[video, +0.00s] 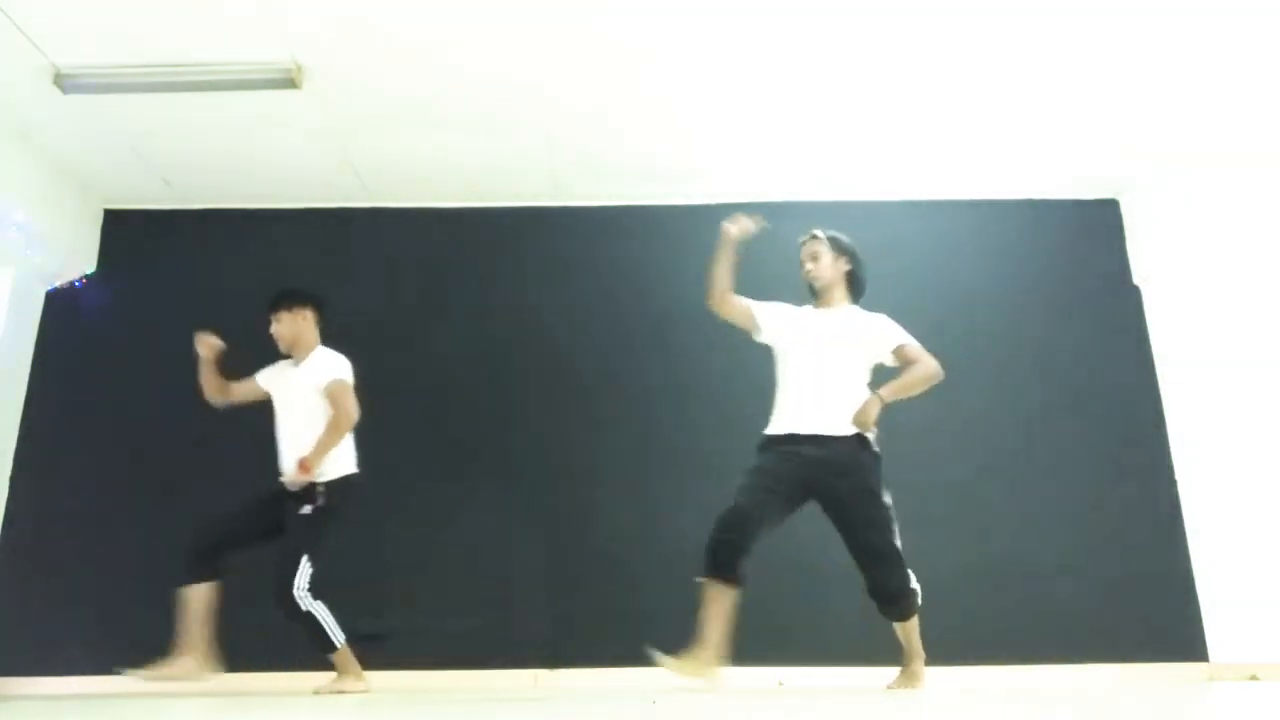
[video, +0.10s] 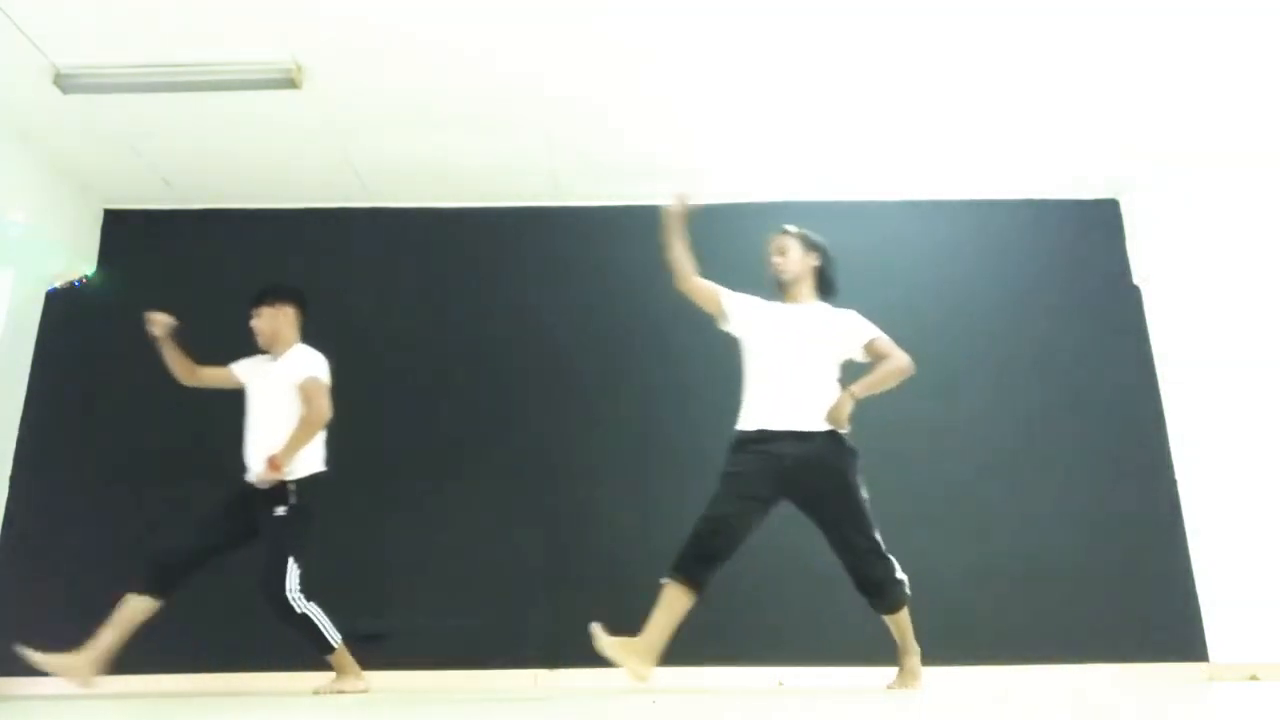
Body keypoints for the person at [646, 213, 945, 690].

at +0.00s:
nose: (809, 264)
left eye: (818, 255)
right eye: (805, 259)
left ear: (845, 264)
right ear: (803, 269)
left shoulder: (872, 325)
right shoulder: (784, 318)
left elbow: (930, 369)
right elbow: (721, 301)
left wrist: (880, 397)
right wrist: (728, 241)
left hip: (847, 455)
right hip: (784, 453)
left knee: (883, 564)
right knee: (730, 534)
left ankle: (914, 665)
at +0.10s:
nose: (776, 260)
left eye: (785, 251)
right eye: (772, 253)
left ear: (813, 259)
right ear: (770, 263)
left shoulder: (842, 321)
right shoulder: (750, 311)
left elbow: (900, 364)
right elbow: (687, 277)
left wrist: (852, 395)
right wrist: (674, 219)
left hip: (821, 453)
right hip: (756, 451)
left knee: (865, 557)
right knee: (707, 542)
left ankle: (910, 657)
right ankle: (645, 650)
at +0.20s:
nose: (726, 253)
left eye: (737, 245)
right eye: (723, 248)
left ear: (766, 254)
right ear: (719, 259)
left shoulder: (798, 317)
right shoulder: (706, 311)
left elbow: (863, 357)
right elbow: (640, 282)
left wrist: (821, 398)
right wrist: (605, 227)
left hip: (794, 459)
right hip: (727, 461)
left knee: (852, 559)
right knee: (672, 555)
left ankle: (906, 653)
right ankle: (618, 665)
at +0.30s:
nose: (674, 260)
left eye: (684, 250)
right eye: (670, 254)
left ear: (715, 258)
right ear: (669, 267)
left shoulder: (754, 316)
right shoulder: (661, 323)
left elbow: (830, 352)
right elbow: (593, 308)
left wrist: (797, 407)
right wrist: (538, 265)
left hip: (771, 465)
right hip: (703, 469)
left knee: (843, 562)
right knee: (637, 542)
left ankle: (892, 655)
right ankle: (611, 667)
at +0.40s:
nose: (634, 282)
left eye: (643, 270)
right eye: (629, 275)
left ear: (675, 269)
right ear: (631, 285)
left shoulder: (723, 325)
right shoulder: (630, 347)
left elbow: (803, 360)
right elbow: (557, 348)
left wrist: (778, 422)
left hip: (755, 472)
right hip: (686, 478)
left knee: (836, 562)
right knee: (620, 531)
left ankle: (869, 654)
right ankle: (610, 667)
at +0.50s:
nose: (616, 306)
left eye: (625, 293)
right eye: (610, 300)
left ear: (658, 292)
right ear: (609, 311)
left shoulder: (711, 342)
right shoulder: (617, 370)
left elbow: (793, 374)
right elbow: (550, 396)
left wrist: (770, 439)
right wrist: (483, 390)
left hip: (746, 479)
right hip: (677, 486)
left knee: (836, 567)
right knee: (613, 534)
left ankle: (861, 658)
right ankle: (609, 666)